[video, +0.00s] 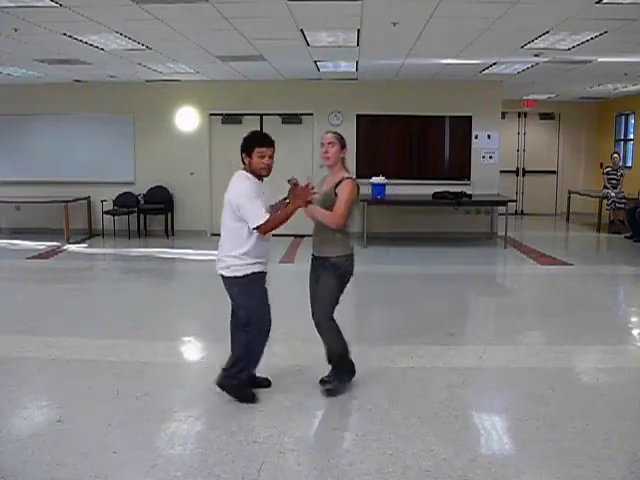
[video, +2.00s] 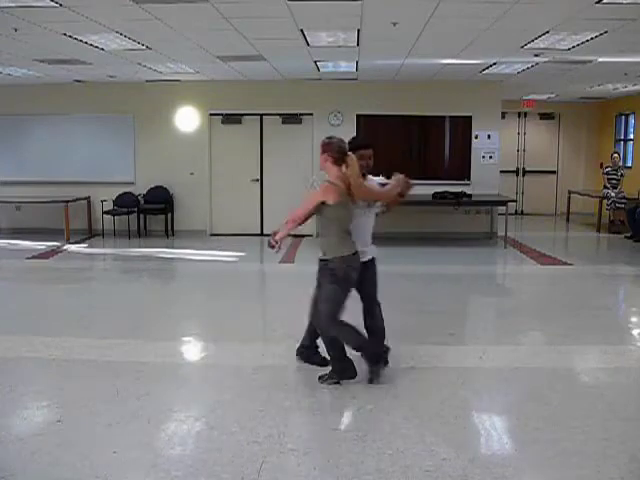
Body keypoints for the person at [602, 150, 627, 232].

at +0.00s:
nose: (615, 160)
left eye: (616, 158)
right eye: (613, 158)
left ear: (619, 160)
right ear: (611, 160)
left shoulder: (621, 171)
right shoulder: (607, 169)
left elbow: (621, 183)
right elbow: (605, 182)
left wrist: (617, 190)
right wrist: (611, 189)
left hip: (617, 188)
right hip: (608, 188)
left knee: (622, 196)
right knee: (612, 196)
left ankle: (621, 217)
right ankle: (611, 217)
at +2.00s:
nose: (615, 160)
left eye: (616, 158)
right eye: (613, 158)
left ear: (619, 159)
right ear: (611, 160)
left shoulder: (621, 170)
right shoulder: (606, 169)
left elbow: (621, 183)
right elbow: (605, 182)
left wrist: (617, 190)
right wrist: (611, 189)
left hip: (617, 188)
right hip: (608, 188)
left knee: (622, 196)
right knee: (611, 196)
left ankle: (621, 216)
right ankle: (611, 216)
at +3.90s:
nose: (615, 160)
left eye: (617, 158)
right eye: (613, 158)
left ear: (619, 160)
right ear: (611, 160)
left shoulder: (621, 170)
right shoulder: (606, 169)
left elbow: (621, 183)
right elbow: (605, 182)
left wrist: (617, 190)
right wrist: (611, 190)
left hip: (617, 188)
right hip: (608, 188)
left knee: (622, 196)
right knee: (611, 196)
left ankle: (621, 217)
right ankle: (611, 216)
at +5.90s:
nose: (615, 160)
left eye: (617, 158)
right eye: (614, 158)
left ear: (619, 160)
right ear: (611, 160)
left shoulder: (621, 171)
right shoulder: (606, 169)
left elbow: (621, 183)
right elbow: (605, 182)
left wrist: (617, 190)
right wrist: (611, 189)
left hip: (617, 188)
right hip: (608, 188)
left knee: (622, 196)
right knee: (611, 196)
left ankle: (621, 217)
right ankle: (612, 217)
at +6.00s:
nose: (615, 160)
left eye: (617, 158)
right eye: (614, 158)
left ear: (619, 160)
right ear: (611, 160)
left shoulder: (621, 171)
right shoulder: (606, 169)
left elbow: (621, 183)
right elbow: (605, 182)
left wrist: (617, 190)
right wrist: (611, 189)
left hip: (617, 188)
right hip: (608, 188)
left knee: (622, 196)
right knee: (611, 196)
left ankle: (621, 217)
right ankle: (612, 217)